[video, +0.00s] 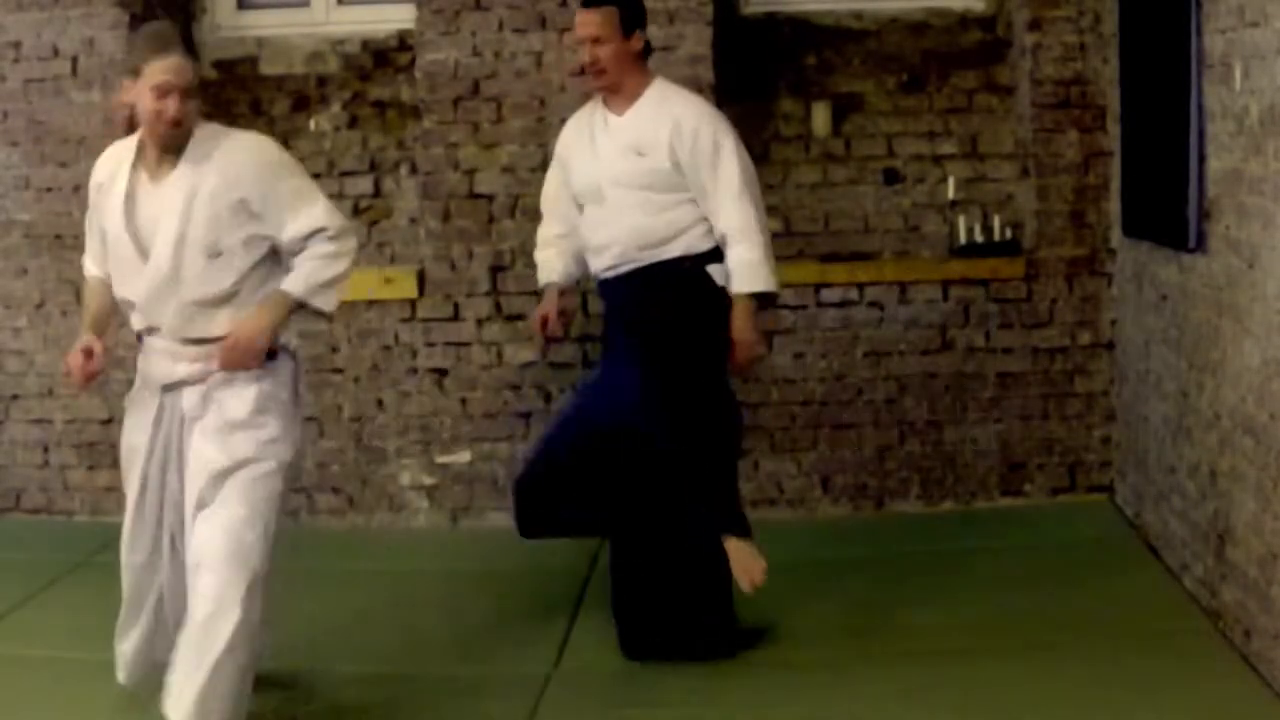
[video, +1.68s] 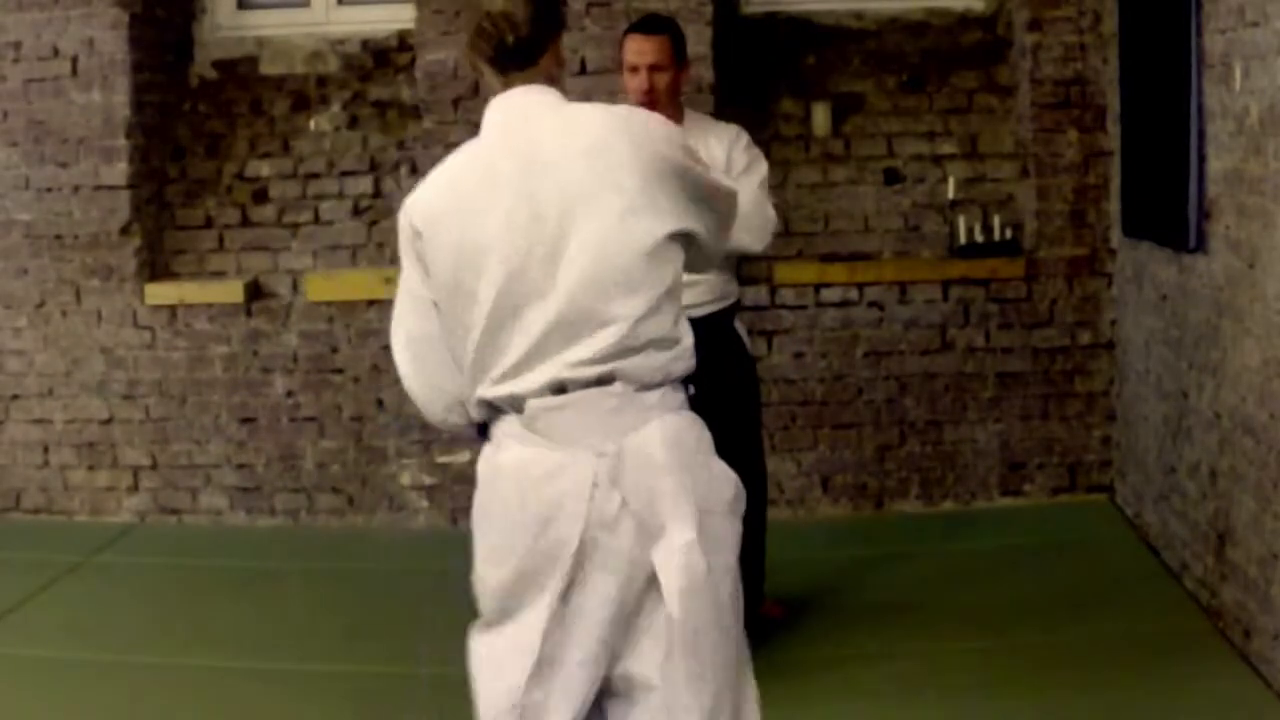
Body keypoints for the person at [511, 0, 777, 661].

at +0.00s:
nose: (585, 55)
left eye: (598, 42)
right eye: (580, 44)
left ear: (637, 43)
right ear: (579, 51)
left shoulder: (689, 117)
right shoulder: (578, 131)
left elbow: (738, 208)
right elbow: (558, 215)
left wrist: (744, 308)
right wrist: (556, 287)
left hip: (690, 292)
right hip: (625, 302)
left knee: (677, 452)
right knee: (652, 460)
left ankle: (723, 538)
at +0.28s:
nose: (629, 48)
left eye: (641, 33)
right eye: (619, 37)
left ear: (672, 37)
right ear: (611, 46)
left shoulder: (731, 122)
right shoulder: (595, 139)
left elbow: (777, 220)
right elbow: (566, 225)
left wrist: (777, 314)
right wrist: (559, 292)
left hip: (722, 321)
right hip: (642, 327)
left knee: (739, 479)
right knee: (647, 483)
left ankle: (758, 634)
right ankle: (661, 635)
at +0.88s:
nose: (626, 50)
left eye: (638, 37)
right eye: (614, 38)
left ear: (661, 47)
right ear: (596, 48)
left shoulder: (699, 129)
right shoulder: (571, 128)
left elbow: (742, 206)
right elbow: (538, 211)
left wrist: (717, 240)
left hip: (684, 322)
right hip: (597, 324)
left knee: (729, 477)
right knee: (613, 492)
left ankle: (773, 638)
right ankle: (626, 649)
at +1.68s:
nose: (642, 83)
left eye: (655, 69)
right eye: (632, 71)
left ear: (682, 73)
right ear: (620, 75)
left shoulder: (726, 144)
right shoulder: (605, 147)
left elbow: (754, 234)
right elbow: (588, 222)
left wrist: (677, 186)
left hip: (708, 334)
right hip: (627, 336)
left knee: (736, 479)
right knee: (640, 477)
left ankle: (741, 609)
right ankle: (648, 613)